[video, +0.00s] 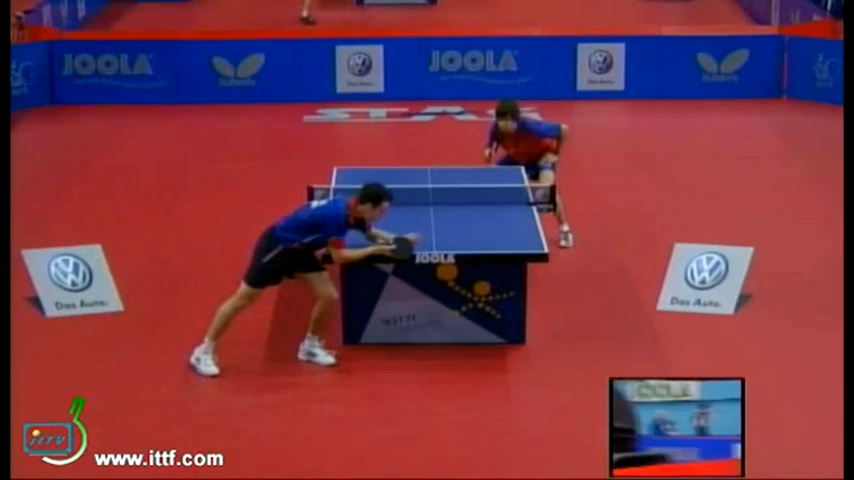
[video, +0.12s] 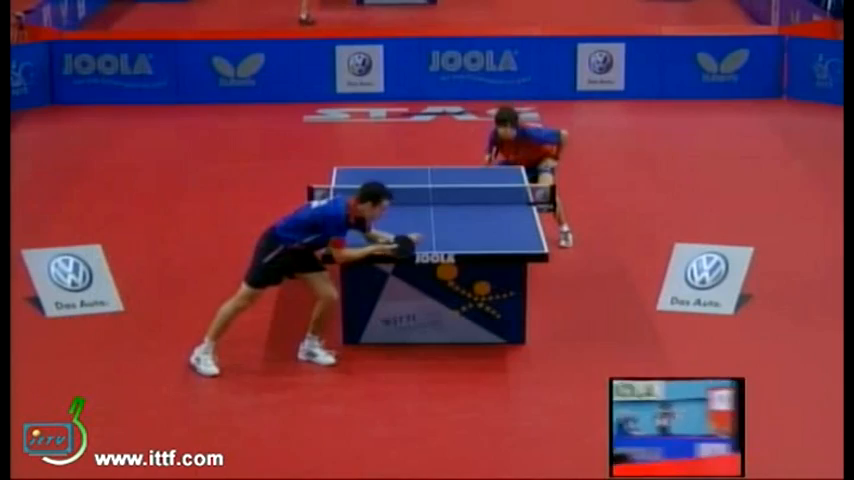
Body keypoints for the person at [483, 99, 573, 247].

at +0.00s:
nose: (505, 125)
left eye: (509, 121)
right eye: (502, 121)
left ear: (516, 119)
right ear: (498, 120)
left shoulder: (531, 127)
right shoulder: (497, 128)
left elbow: (563, 129)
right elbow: (493, 141)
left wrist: (556, 154)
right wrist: (489, 151)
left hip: (541, 158)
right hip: (516, 158)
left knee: (549, 191)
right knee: (493, 178)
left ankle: (564, 228)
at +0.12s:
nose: (504, 133)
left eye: (507, 129)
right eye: (501, 129)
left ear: (515, 127)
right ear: (498, 127)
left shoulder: (531, 134)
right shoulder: (497, 134)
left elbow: (562, 135)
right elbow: (491, 147)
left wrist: (556, 158)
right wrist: (489, 156)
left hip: (541, 161)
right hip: (515, 162)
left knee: (547, 192)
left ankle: (564, 229)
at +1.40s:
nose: (502, 84)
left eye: (506, 80)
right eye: (500, 80)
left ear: (513, 81)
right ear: (496, 81)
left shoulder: (526, 97)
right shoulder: (493, 97)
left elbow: (547, 117)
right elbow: (482, 114)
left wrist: (540, 144)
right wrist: (477, 128)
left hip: (522, 156)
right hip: (495, 154)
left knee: (540, 195)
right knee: (479, 191)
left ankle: (562, 229)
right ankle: (473, 233)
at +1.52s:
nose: (495, 84)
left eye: (498, 80)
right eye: (492, 79)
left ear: (505, 81)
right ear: (487, 80)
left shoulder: (517, 98)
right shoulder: (483, 97)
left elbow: (536, 116)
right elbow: (466, 111)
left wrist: (534, 142)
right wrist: (463, 129)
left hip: (514, 156)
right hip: (486, 154)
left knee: (534, 192)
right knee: (469, 190)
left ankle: (558, 228)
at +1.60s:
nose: (491, 82)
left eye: (495, 78)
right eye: (488, 77)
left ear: (502, 78)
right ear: (484, 78)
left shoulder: (514, 96)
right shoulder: (479, 95)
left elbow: (534, 114)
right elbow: (461, 111)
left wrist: (532, 140)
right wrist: (459, 129)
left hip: (512, 155)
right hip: (483, 154)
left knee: (532, 189)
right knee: (468, 189)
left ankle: (550, 225)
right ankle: (463, 230)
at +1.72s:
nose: (492, 81)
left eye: (496, 77)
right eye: (489, 77)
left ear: (504, 77)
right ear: (486, 78)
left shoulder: (517, 95)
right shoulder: (481, 94)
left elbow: (538, 113)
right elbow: (462, 111)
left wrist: (536, 139)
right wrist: (460, 129)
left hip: (514, 155)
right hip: (485, 153)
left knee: (528, 192)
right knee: (470, 188)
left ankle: (537, 229)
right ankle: (469, 231)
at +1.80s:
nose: (496, 85)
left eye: (500, 80)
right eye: (493, 80)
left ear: (507, 82)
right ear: (489, 81)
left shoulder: (519, 98)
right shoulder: (483, 98)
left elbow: (542, 117)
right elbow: (462, 114)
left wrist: (539, 142)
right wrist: (459, 132)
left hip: (515, 156)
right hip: (487, 155)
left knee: (530, 191)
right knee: (474, 189)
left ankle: (535, 229)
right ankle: (472, 231)